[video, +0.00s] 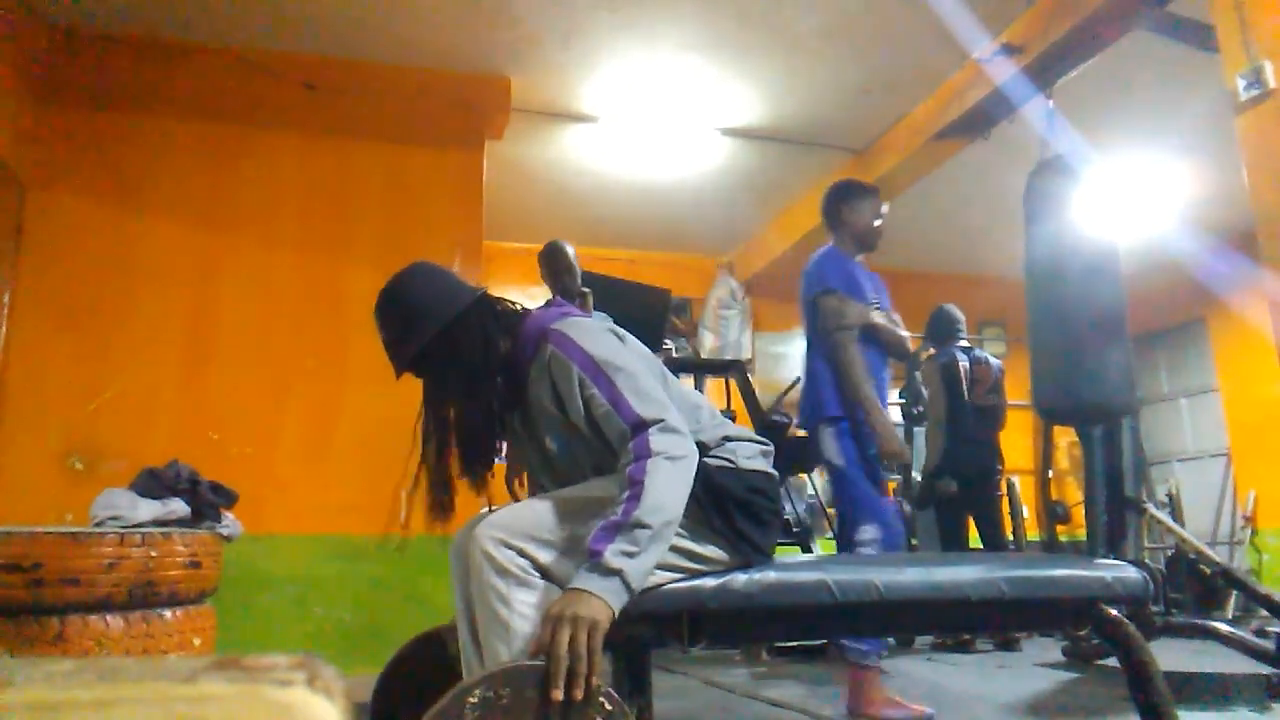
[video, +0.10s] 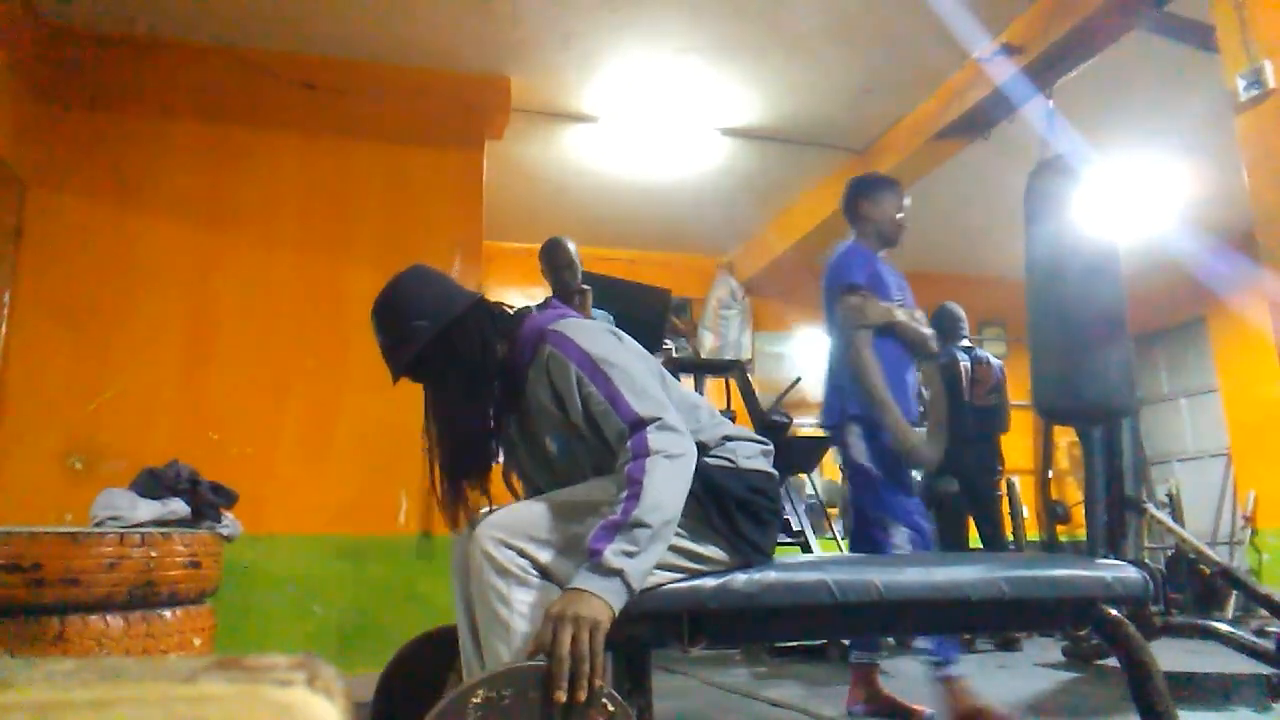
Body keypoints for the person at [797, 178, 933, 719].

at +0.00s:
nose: (882, 222)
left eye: (882, 214)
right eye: (874, 214)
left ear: (860, 218)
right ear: (843, 215)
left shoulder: (870, 279)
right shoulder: (828, 267)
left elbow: (905, 349)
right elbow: (843, 352)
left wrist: (869, 319)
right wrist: (880, 426)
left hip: (865, 421)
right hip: (839, 420)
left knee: (873, 538)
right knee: (876, 532)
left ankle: (866, 683)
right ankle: (864, 686)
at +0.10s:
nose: (905, 216)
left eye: (905, 207)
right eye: (897, 206)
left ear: (874, 211)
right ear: (864, 210)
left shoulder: (891, 276)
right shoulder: (852, 262)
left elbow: (929, 347)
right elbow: (856, 342)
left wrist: (895, 317)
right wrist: (898, 426)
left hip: (891, 424)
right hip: (863, 422)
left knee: (873, 548)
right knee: (912, 539)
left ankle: (863, 681)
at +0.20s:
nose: (928, 207)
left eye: (927, 198)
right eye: (919, 197)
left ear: (895, 204)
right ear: (886, 203)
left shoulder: (912, 270)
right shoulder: (876, 258)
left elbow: (956, 335)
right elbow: (883, 343)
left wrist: (922, 309)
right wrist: (924, 430)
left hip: (922, 423)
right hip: (892, 422)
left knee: (896, 550)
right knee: (945, 545)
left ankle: (866, 679)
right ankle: (995, 688)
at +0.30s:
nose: (948, 203)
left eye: (949, 195)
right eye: (939, 193)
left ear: (917, 196)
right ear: (905, 194)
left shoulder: (930, 260)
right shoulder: (901, 252)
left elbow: (988, 337)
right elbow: (920, 341)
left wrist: (950, 302)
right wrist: (958, 421)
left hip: (944, 413)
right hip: (920, 415)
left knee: (937, 544)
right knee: (970, 544)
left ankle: (881, 663)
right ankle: (1007, 694)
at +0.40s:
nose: (970, 190)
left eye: (972, 181)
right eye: (962, 177)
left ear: (955, 184)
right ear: (929, 179)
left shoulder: (949, 244)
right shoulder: (927, 239)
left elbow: (1004, 335)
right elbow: (950, 340)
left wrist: (988, 294)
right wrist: (1007, 413)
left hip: (969, 401)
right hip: (944, 403)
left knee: (1007, 540)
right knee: (983, 539)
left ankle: (924, 646)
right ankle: (1008, 696)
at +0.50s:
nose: (999, 187)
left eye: (1001, 176)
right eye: (990, 174)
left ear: (963, 173)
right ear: (952, 170)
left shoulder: (970, 234)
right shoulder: (952, 227)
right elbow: (978, 321)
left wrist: (1025, 301)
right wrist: (1053, 394)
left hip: (1003, 406)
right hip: (967, 407)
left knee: (1064, 531)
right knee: (993, 539)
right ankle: (1006, 684)